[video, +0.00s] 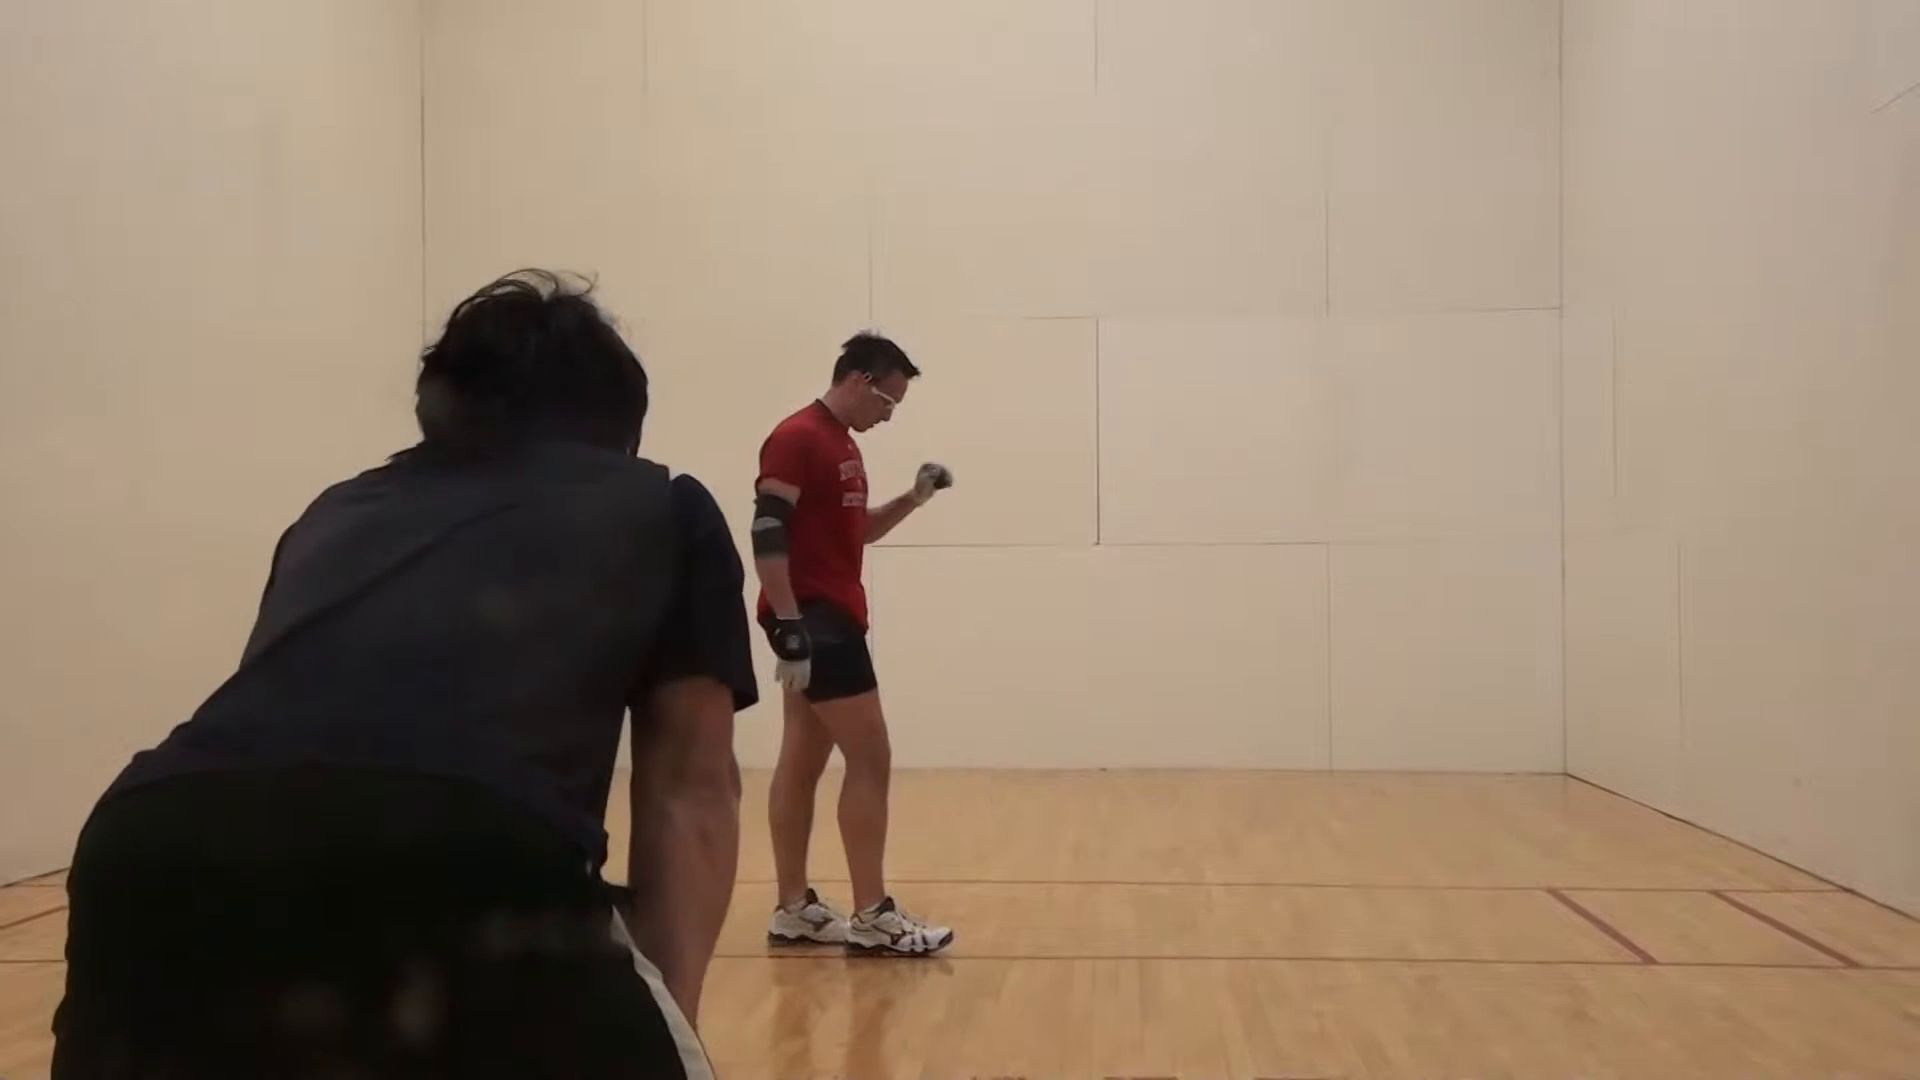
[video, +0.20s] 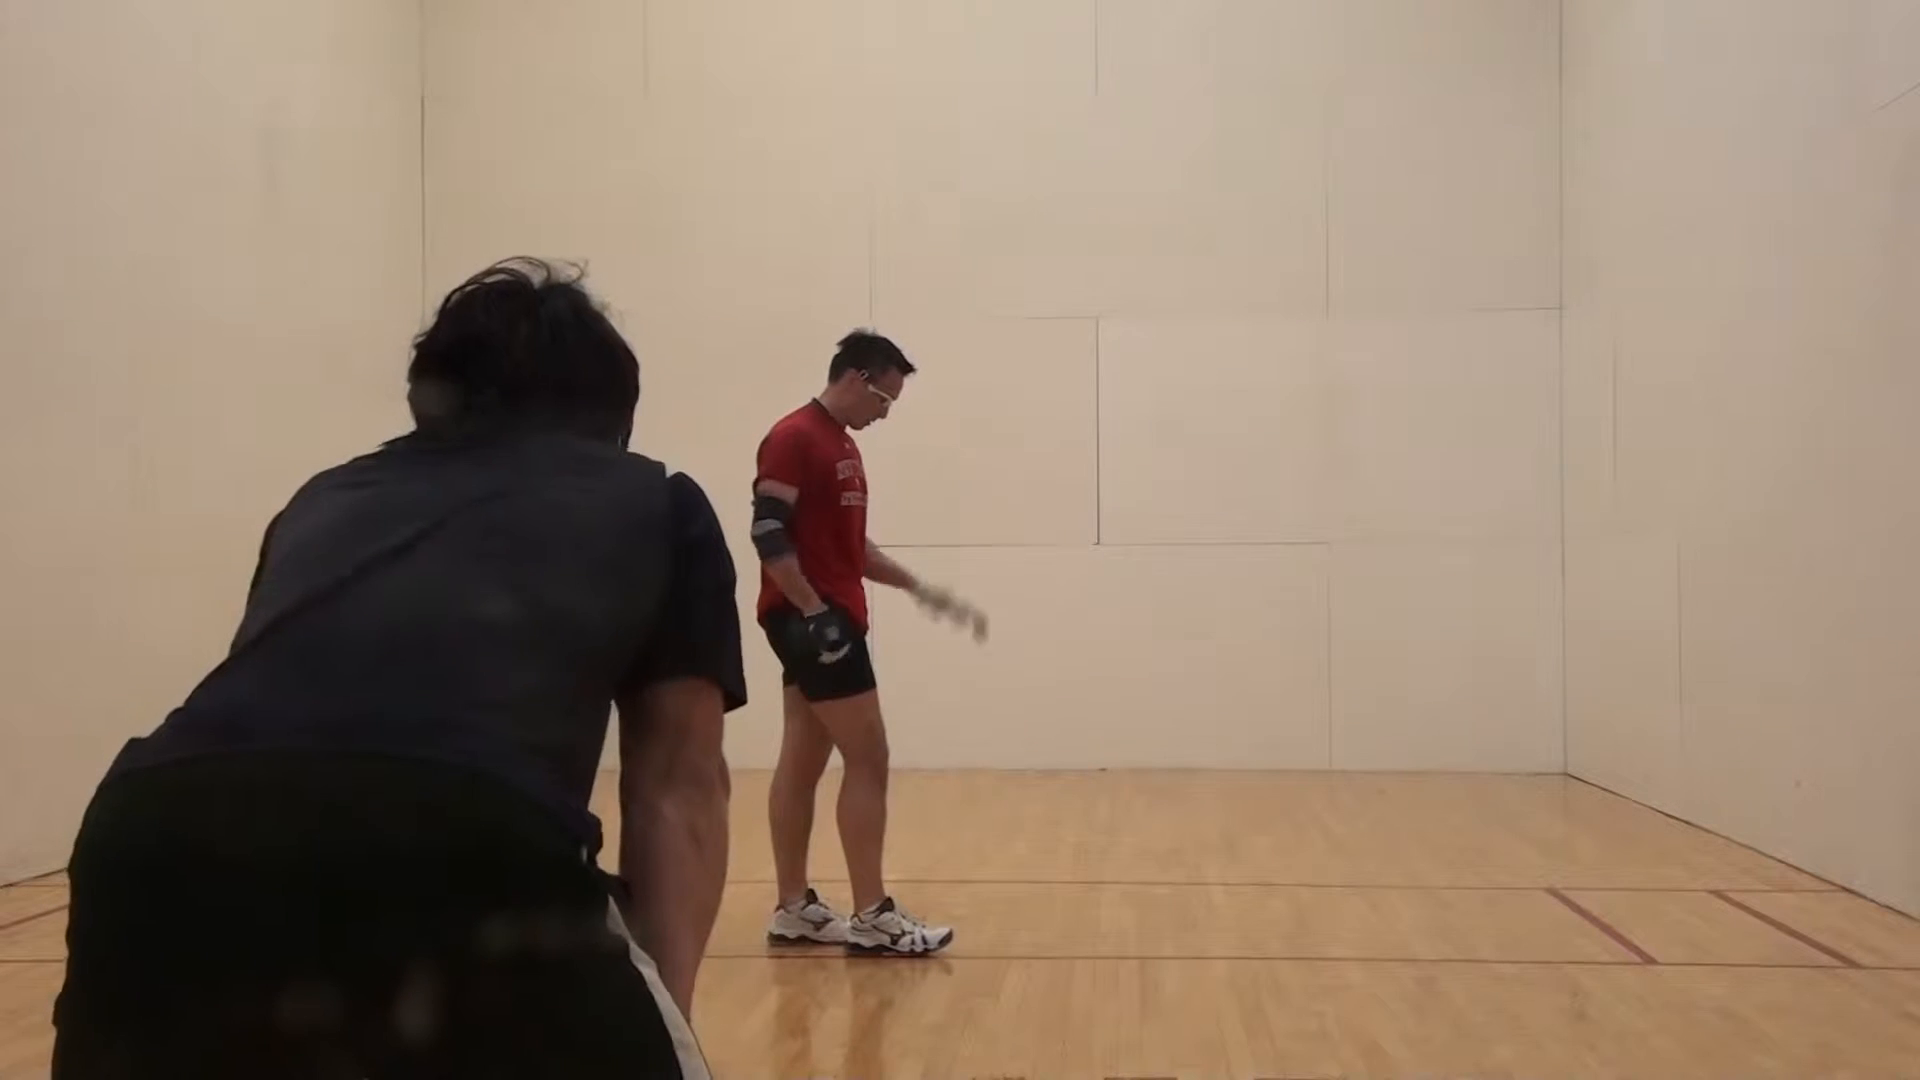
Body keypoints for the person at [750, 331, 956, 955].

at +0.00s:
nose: (890, 411)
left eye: (895, 402)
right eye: (888, 398)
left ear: (862, 387)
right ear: (855, 380)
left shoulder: (841, 443)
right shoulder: (799, 437)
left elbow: (856, 531)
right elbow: (767, 534)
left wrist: (913, 497)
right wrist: (791, 628)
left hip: (823, 622)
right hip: (820, 625)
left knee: (799, 764)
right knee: (870, 759)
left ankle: (793, 907)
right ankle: (871, 913)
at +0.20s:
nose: (885, 412)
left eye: (891, 401)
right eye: (884, 397)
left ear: (857, 384)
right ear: (854, 378)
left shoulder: (839, 444)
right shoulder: (794, 438)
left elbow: (851, 548)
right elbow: (768, 535)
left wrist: (922, 590)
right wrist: (814, 612)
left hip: (825, 619)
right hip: (816, 623)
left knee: (801, 760)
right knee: (867, 758)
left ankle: (793, 906)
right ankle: (872, 914)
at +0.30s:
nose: (886, 409)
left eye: (890, 399)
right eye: (883, 395)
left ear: (857, 384)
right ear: (851, 378)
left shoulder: (842, 441)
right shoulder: (795, 436)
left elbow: (843, 544)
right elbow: (770, 535)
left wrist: (873, 614)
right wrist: (836, 600)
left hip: (829, 618)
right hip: (811, 620)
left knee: (800, 763)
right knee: (868, 759)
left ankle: (793, 906)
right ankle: (871, 912)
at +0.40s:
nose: (885, 410)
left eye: (890, 400)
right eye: (883, 396)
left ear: (856, 383)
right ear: (851, 378)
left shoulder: (838, 440)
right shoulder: (796, 436)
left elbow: (821, 531)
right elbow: (774, 529)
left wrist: (856, 592)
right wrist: (852, 581)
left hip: (825, 615)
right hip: (809, 617)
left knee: (800, 761)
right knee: (868, 757)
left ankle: (793, 906)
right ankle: (871, 912)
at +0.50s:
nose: (883, 411)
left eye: (888, 401)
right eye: (882, 397)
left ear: (854, 384)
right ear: (849, 378)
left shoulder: (833, 439)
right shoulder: (797, 436)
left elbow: (815, 531)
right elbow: (782, 530)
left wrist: (849, 600)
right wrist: (865, 561)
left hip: (822, 616)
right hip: (811, 618)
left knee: (800, 760)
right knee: (868, 758)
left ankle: (793, 907)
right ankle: (872, 913)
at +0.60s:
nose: (882, 411)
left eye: (887, 401)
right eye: (881, 397)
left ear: (851, 384)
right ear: (849, 379)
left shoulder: (827, 440)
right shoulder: (800, 437)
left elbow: (817, 533)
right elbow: (793, 530)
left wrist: (846, 612)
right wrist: (881, 539)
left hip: (816, 617)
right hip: (813, 619)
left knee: (798, 761)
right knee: (870, 759)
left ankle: (793, 907)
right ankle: (872, 912)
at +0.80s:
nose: (881, 413)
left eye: (886, 401)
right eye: (879, 397)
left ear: (846, 384)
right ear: (849, 380)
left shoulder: (810, 436)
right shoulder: (808, 439)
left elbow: (830, 530)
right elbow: (819, 534)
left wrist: (889, 490)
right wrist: (892, 487)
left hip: (800, 618)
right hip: (819, 620)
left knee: (795, 762)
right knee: (871, 759)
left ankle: (793, 908)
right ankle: (872, 912)